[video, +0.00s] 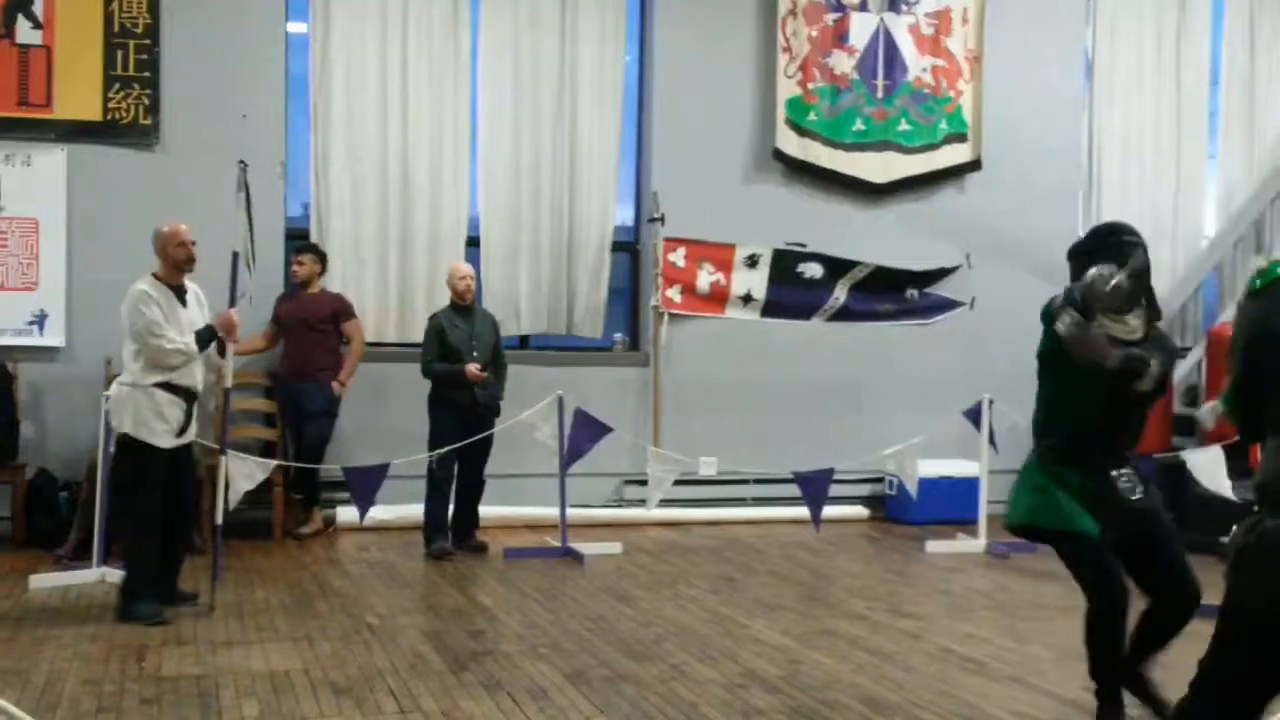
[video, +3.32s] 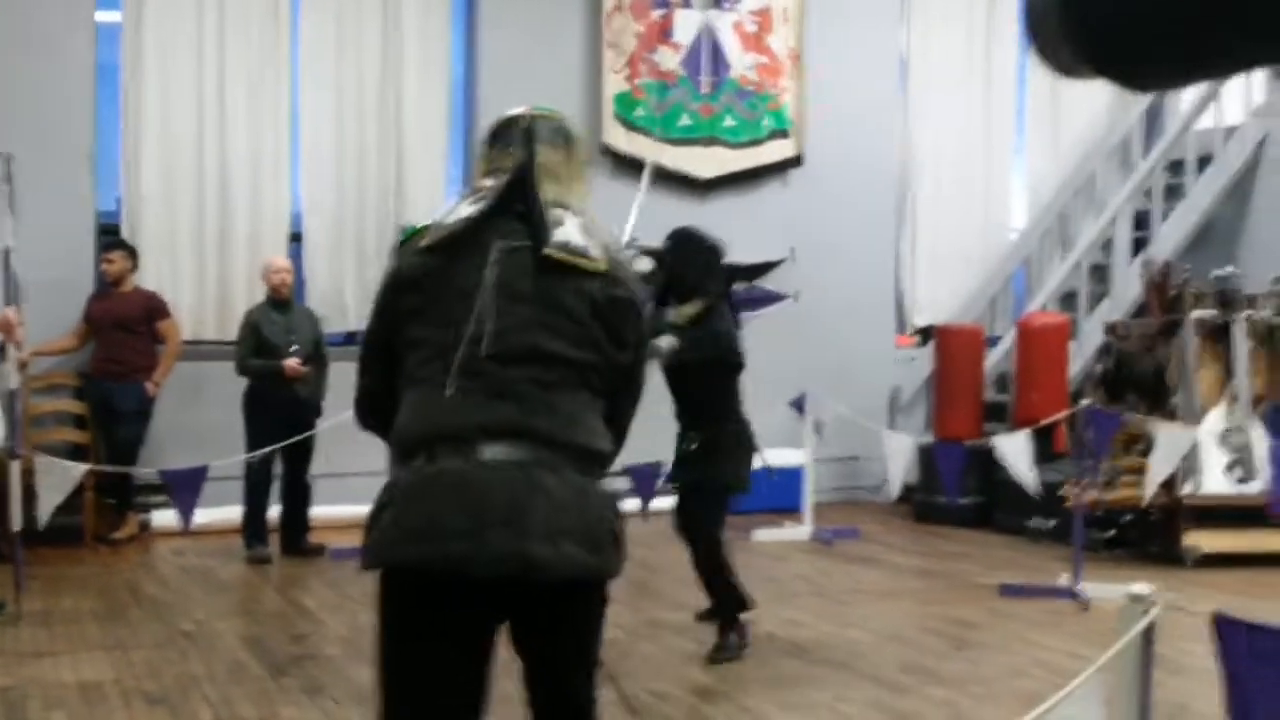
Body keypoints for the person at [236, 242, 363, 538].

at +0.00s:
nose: (295, 268)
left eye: (302, 263)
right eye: (294, 263)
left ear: (319, 268)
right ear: (293, 268)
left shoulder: (336, 303)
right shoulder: (285, 302)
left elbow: (358, 342)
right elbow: (268, 340)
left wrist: (341, 381)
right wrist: (232, 348)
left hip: (322, 385)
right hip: (289, 383)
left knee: (310, 451)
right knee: (296, 450)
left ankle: (313, 514)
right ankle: (308, 513)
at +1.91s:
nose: (276, 265)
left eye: (282, 260)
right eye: (274, 260)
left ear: (300, 264)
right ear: (273, 263)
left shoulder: (317, 298)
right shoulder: (266, 299)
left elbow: (339, 338)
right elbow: (248, 336)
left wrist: (323, 377)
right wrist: (207, 347)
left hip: (303, 382)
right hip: (269, 380)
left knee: (292, 445)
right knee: (278, 445)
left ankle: (293, 509)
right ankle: (293, 509)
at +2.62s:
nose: (238, 266)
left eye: (244, 261)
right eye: (236, 261)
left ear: (262, 263)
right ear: (235, 265)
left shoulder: (281, 299)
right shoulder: (229, 300)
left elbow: (303, 339)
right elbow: (210, 337)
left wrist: (286, 378)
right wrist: (169, 349)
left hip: (266, 382)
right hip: (232, 381)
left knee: (255, 446)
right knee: (241, 447)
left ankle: (258, 511)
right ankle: (255, 511)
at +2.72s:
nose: (216, 265)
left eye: (222, 260)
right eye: (214, 259)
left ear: (237, 263)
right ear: (211, 264)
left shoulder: (254, 299)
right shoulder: (208, 299)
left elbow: (277, 338)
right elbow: (186, 335)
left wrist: (260, 377)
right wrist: (145, 349)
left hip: (238, 381)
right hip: (206, 379)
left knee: (228, 445)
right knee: (211, 446)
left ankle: (231, 510)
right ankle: (218, 509)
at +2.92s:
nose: (176, 268)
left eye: (182, 262)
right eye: (174, 263)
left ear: (201, 266)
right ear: (172, 267)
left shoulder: (219, 300)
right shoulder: (168, 301)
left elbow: (242, 340)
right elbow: (148, 338)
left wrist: (225, 380)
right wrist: (107, 351)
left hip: (204, 384)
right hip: (170, 383)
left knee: (193, 449)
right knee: (175, 449)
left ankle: (196, 513)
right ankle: (186, 512)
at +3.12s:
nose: (143, 267)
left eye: (149, 262)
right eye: (141, 262)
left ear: (167, 265)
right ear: (139, 266)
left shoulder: (185, 301)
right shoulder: (135, 301)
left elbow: (209, 341)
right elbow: (114, 339)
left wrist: (192, 381)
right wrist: (72, 351)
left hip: (169, 384)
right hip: (135, 382)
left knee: (159, 448)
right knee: (140, 449)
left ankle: (162, 514)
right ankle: (147, 512)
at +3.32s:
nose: (105, 267)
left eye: (112, 261)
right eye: (103, 262)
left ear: (130, 264)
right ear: (102, 265)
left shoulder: (148, 301)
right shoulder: (98, 301)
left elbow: (174, 340)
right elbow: (76, 340)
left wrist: (156, 381)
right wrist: (33, 353)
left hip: (134, 385)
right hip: (100, 384)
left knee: (124, 451)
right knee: (107, 451)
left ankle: (129, 517)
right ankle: (121, 515)